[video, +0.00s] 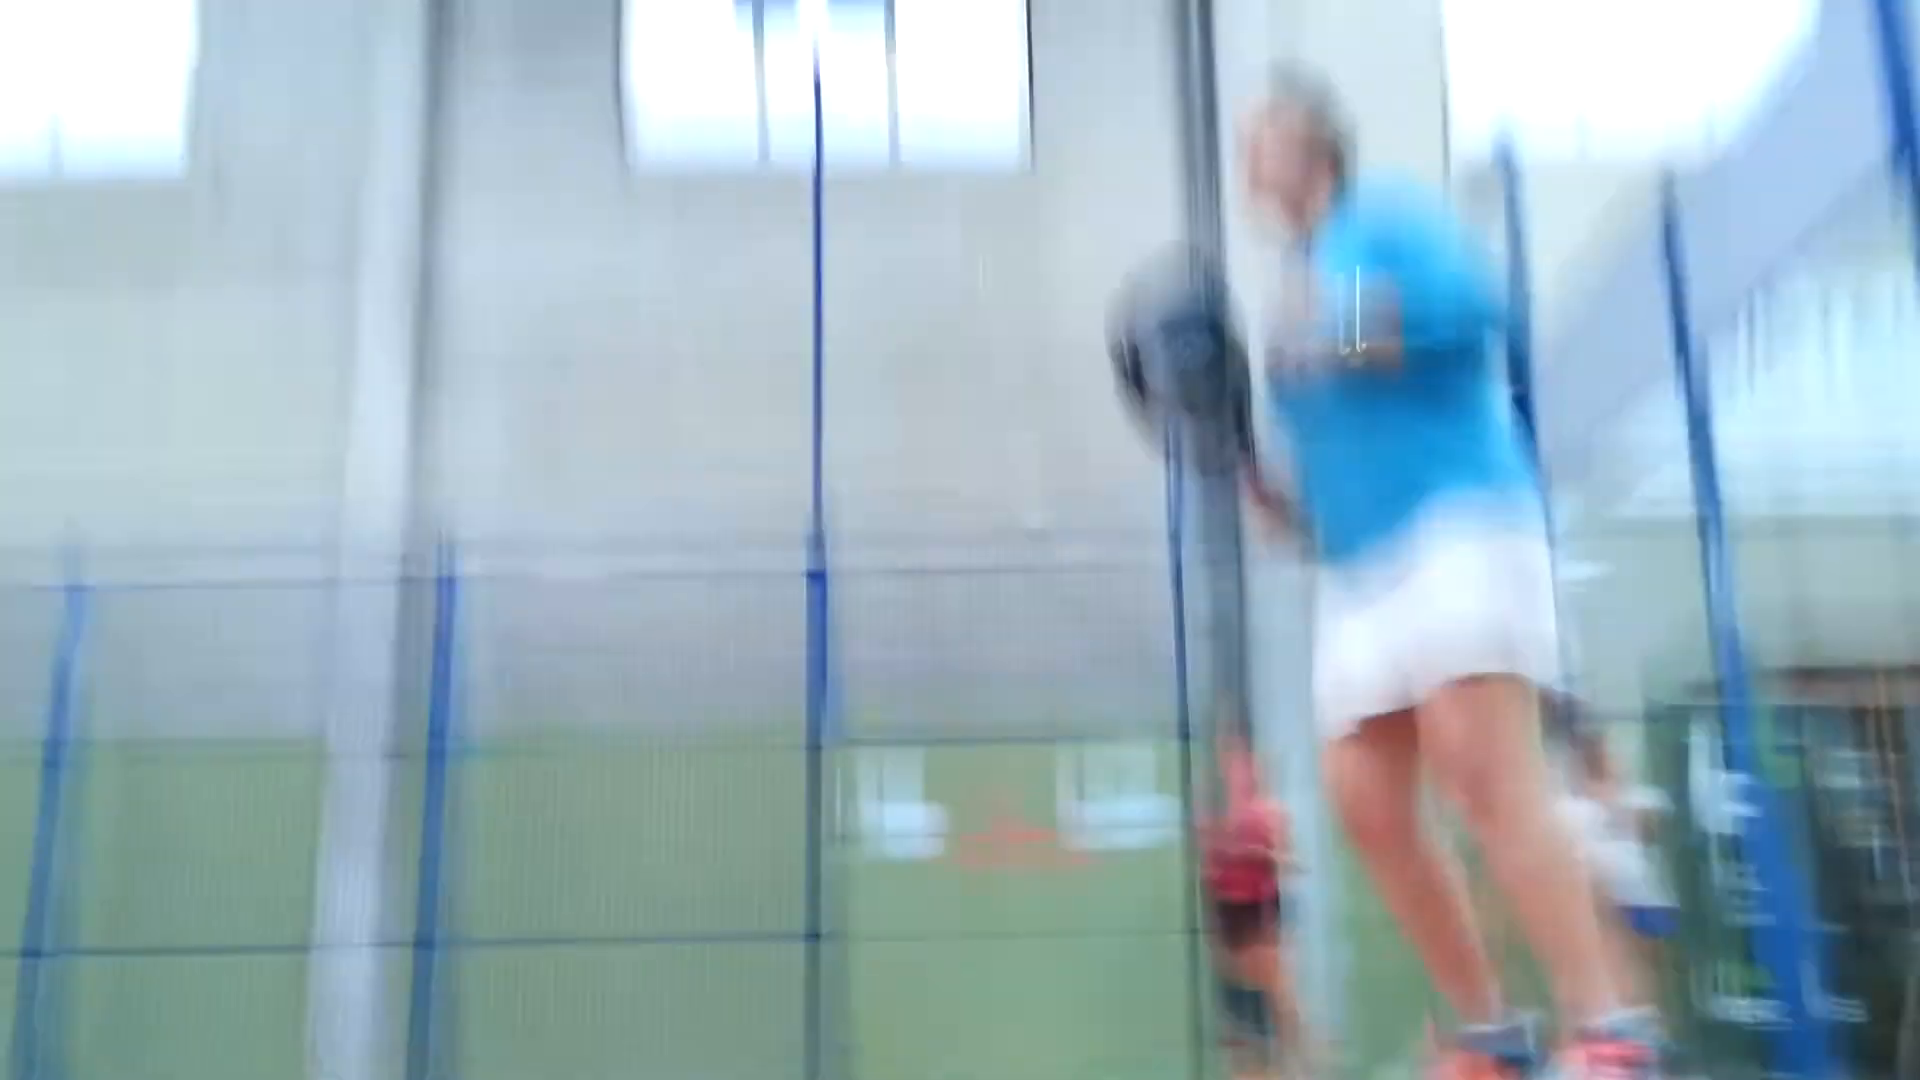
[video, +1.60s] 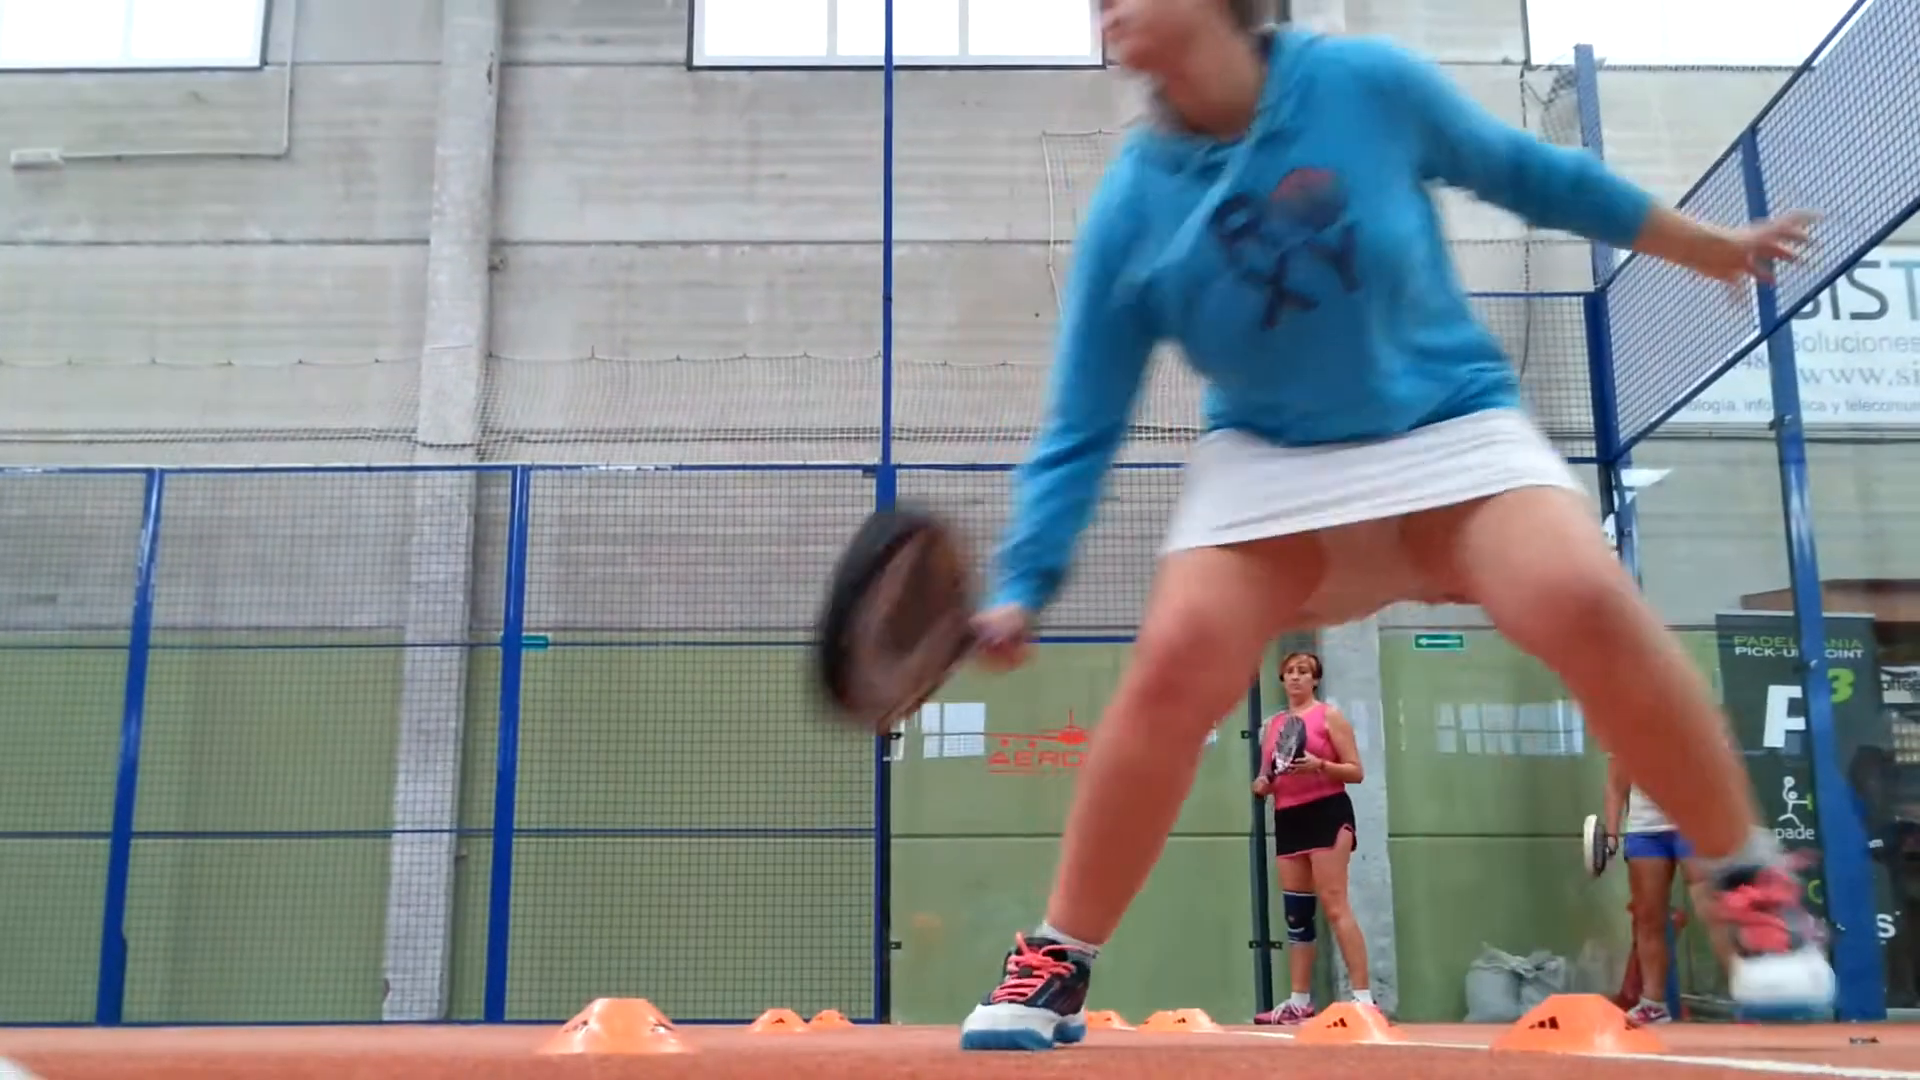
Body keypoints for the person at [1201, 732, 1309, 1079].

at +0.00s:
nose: (1238, 777)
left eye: (1244, 768)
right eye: (1232, 768)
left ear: (1256, 773)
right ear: (1223, 775)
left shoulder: (1265, 814)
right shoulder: (1220, 817)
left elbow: (1280, 856)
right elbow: (1213, 865)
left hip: (1259, 900)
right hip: (1227, 902)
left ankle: (1292, 1054)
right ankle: (1245, 1061)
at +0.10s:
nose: (1281, 771)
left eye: (1288, 766)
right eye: (1276, 765)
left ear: (1300, 773)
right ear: (1266, 773)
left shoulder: (1312, 811)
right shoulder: (1259, 819)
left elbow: (1338, 862)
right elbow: (1254, 869)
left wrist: (1299, 856)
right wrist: (1246, 874)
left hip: (1309, 905)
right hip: (1271, 907)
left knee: (1326, 1002)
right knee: (1283, 1009)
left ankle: (1350, 1073)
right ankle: (1288, 1075)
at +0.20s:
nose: (1284, 723)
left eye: (1290, 716)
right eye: (1278, 716)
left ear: (1302, 721)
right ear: (1270, 722)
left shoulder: (1315, 761)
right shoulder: (1262, 768)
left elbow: (1339, 808)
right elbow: (1261, 812)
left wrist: (1300, 802)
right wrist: (1250, 822)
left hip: (1311, 854)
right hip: (1273, 857)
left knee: (1330, 950)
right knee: (1287, 956)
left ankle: (1355, 1034)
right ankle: (1292, 1041)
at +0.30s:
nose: (1285, 671)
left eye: (1292, 664)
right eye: (1279, 664)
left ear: (1302, 672)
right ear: (1269, 672)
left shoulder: (1315, 711)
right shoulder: (1262, 719)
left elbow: (1340, 759)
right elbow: (1260, 764)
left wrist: (1300, 754)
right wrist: (1250, 773)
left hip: (1311, 802)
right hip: (1273, 805)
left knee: (1328, 897)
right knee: (1286, 904)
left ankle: (1354, 985)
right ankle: (1291, 990)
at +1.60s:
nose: (1296, 677)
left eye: (1303, 671)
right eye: (1290, 671)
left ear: (1316, 679)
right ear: (1282, 679)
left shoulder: (1330, 717)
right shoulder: (1274, 724)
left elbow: (1355, 772)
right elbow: (1267, 772)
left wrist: (1320, 765)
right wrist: (1262, 783)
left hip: (1326, 812)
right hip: (1288, 815)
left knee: (1335, 908)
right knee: (1297, 914)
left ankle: (1363, 998)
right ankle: (1299, 1001)